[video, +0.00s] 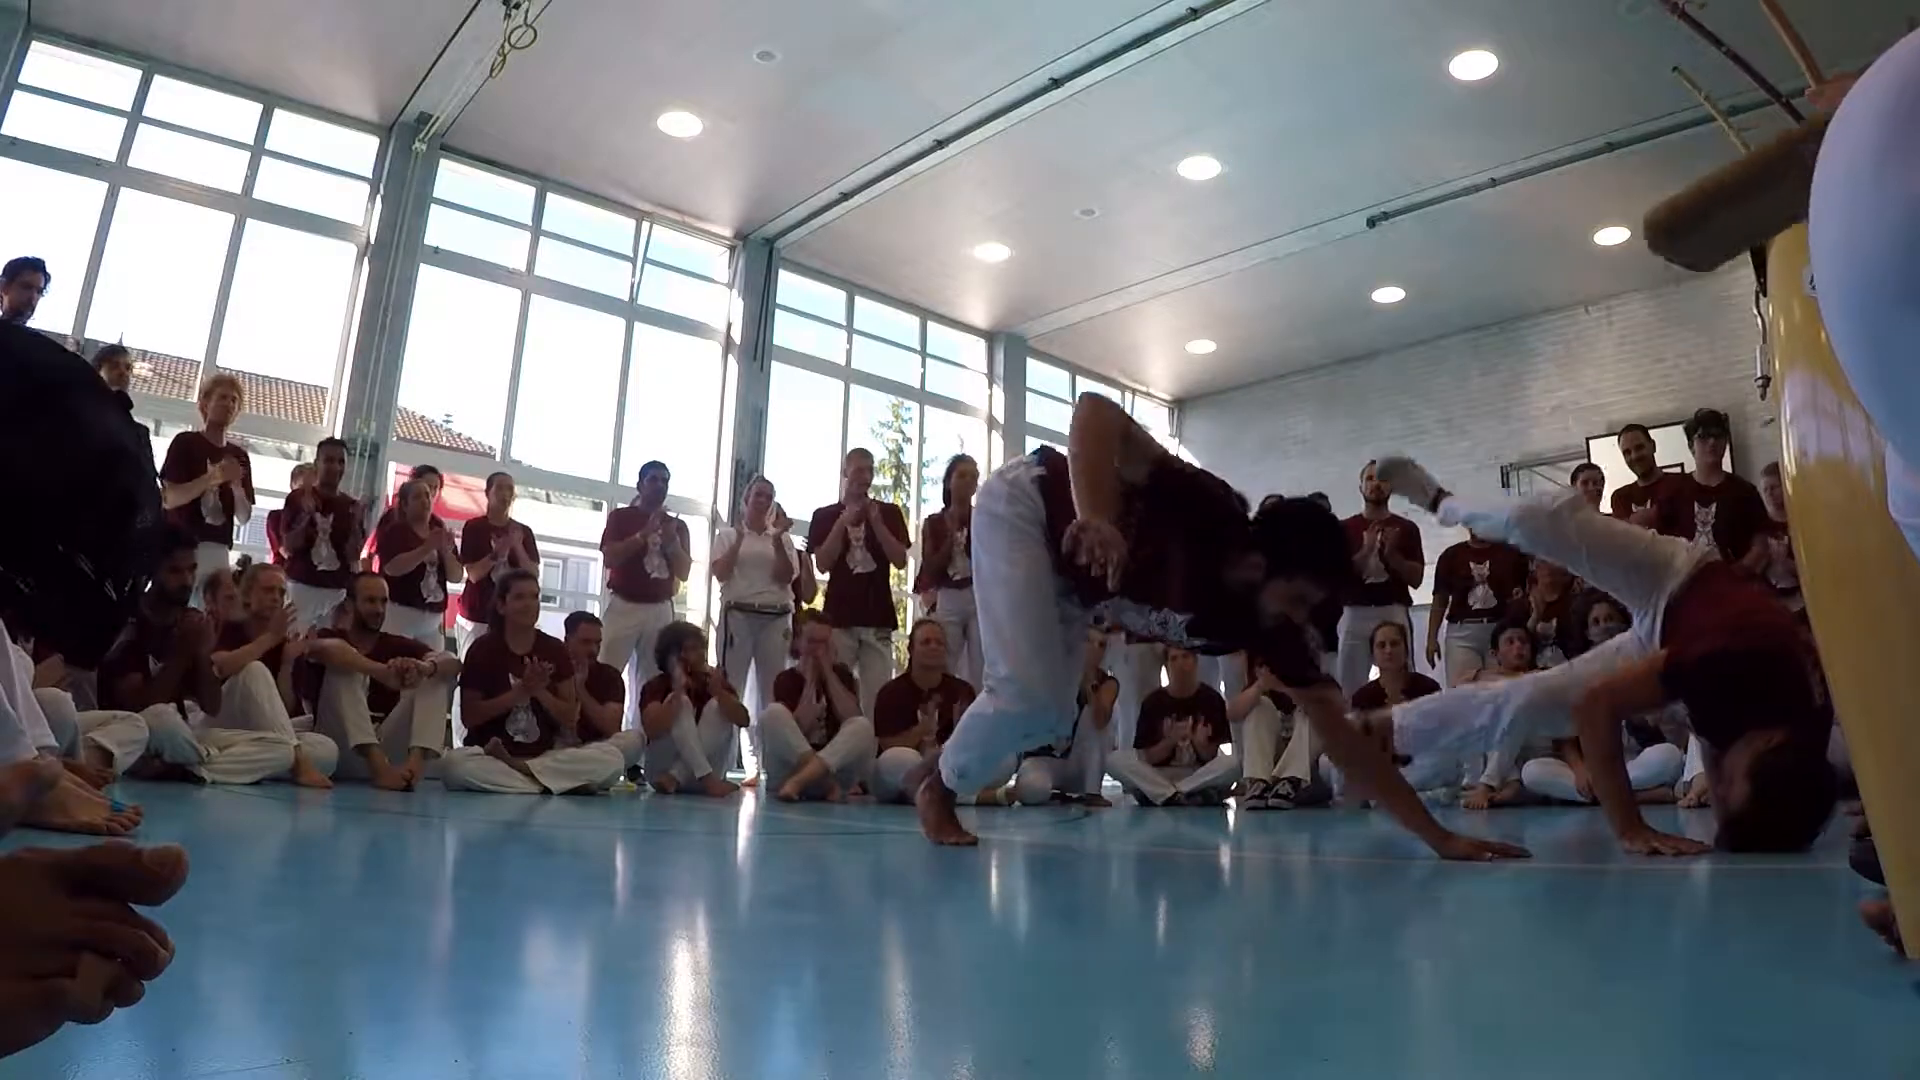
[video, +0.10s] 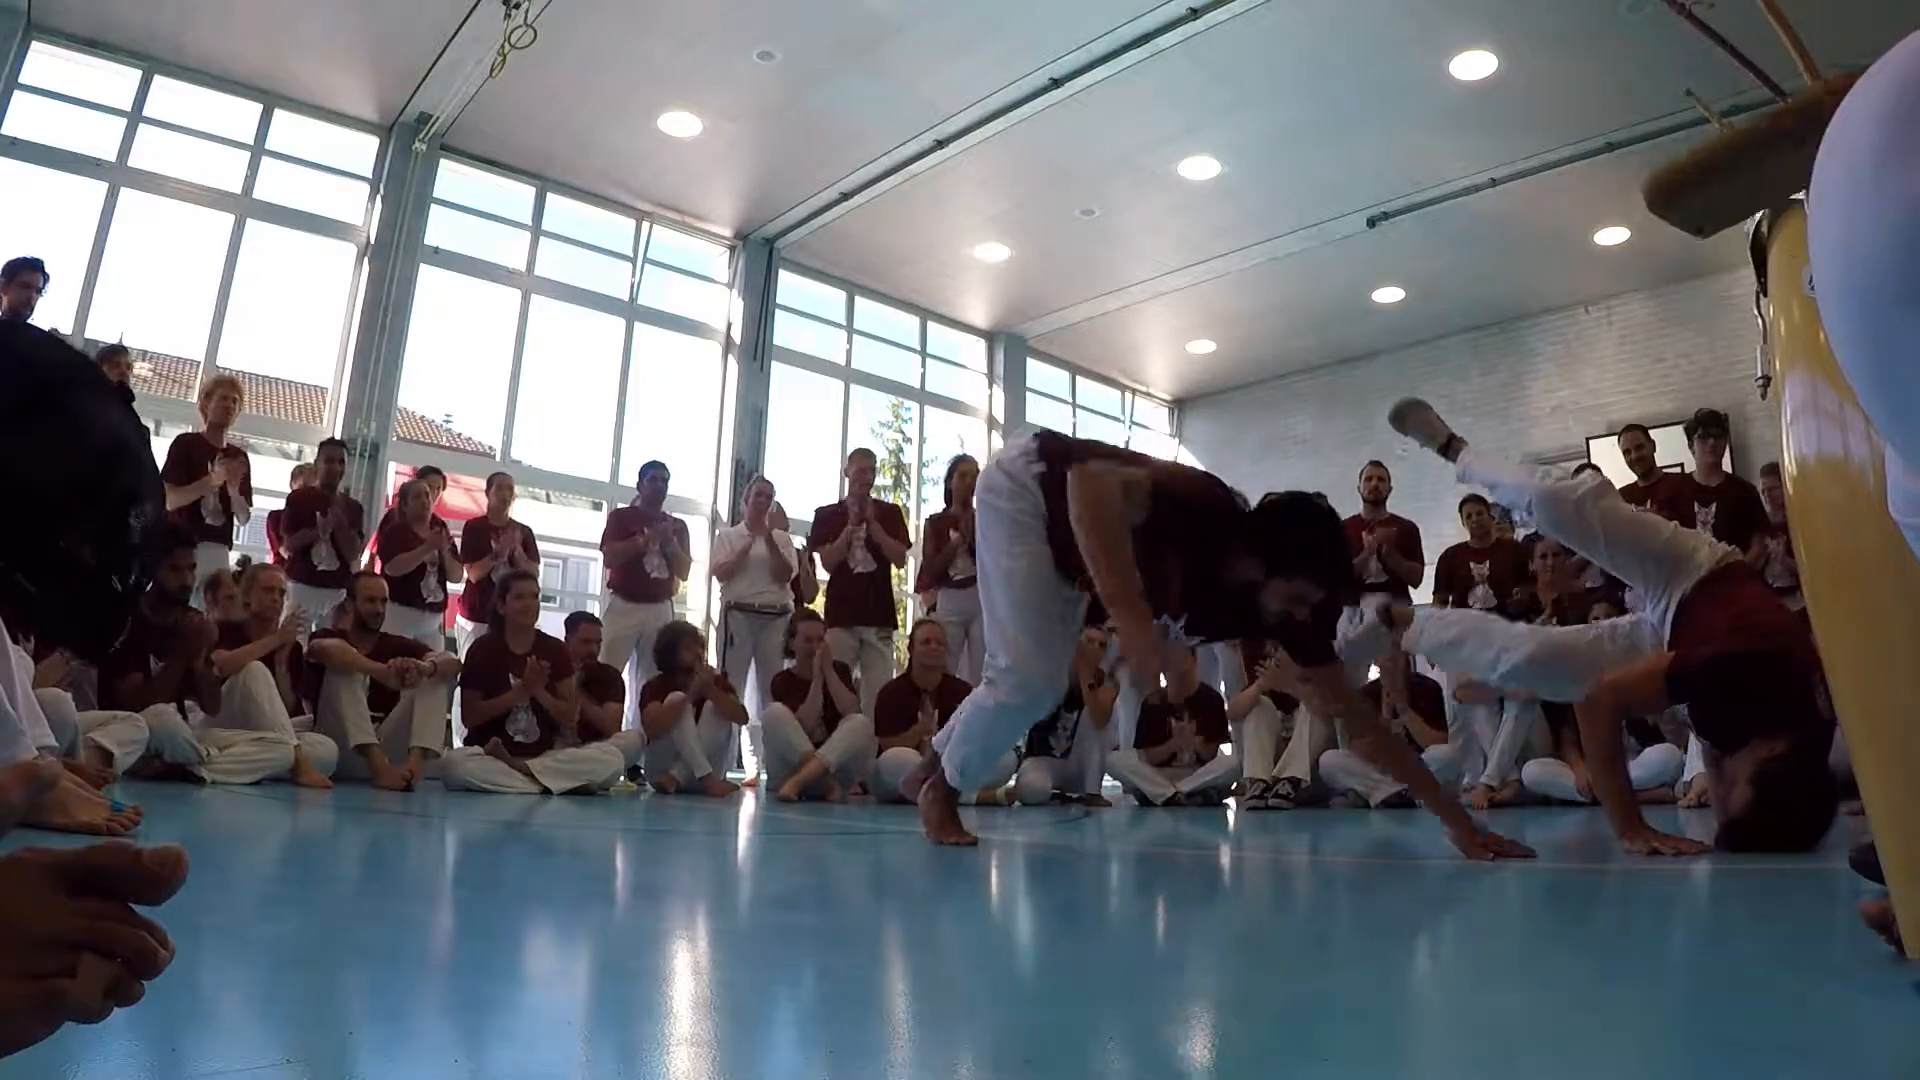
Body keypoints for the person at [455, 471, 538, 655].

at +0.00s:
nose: (504, 494)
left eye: (509, 489)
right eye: (499, 489)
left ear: (514, 495)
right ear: (488, 493)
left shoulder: (523, 532)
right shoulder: (473, 527)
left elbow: (533, 573)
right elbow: (473, 575)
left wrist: (518, 547)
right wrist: (496, 554)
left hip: (510, 619)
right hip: (474, 616)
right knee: (470, 680)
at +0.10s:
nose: (505, 494)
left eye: (509, 489)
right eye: (499, 489)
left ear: (514, 495)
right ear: (488, 492)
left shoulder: (524, 532)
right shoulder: (473, 527)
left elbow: (533, 573)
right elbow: (473, 574)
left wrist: (517, 550)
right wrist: (497, 553)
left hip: (510, 620)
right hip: (474, 616)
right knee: (470, 679)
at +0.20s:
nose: (505, 494)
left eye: (509, 489)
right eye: (499, 489)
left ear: (514, 495)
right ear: (488, 493)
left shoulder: (524, 532)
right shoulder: (473, 527)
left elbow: (533, 574)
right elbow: (472, 574)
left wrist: (515, 556)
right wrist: (497, 555)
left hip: (509, 620)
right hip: (474, 616)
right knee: (470, 679)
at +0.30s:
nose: (505, 493)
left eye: (509, 489)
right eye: (499, 488)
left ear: (514, 495)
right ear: (488, 493)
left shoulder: (524, 532)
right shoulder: (474, 527)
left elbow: (533, 574)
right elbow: (473, 574)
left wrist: (515, 556)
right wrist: (498, 554)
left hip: (510, 620)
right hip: (474, 616)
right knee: (470, 680)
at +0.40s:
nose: (505, 493)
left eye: (509, 489)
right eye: (499, 488)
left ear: (514, 495)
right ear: (488, 493)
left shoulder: (524, 532)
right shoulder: (474, 527)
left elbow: (534, 573)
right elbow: (473, 574)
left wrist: (520, 551)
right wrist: (496, 554)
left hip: (510, 620)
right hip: (474, 616)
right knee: (471, 680)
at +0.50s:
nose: (505, 492)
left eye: (509, 488)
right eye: (499, 487)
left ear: (514, 494)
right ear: (488, 493)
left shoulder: (524, 531)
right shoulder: (474, 527)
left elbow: (534, 573)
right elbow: (473, 574)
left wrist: (522, 548)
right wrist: (496, 553)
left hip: (510, 619)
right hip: (475, 615)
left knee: (504, 681)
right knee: (471, 679)